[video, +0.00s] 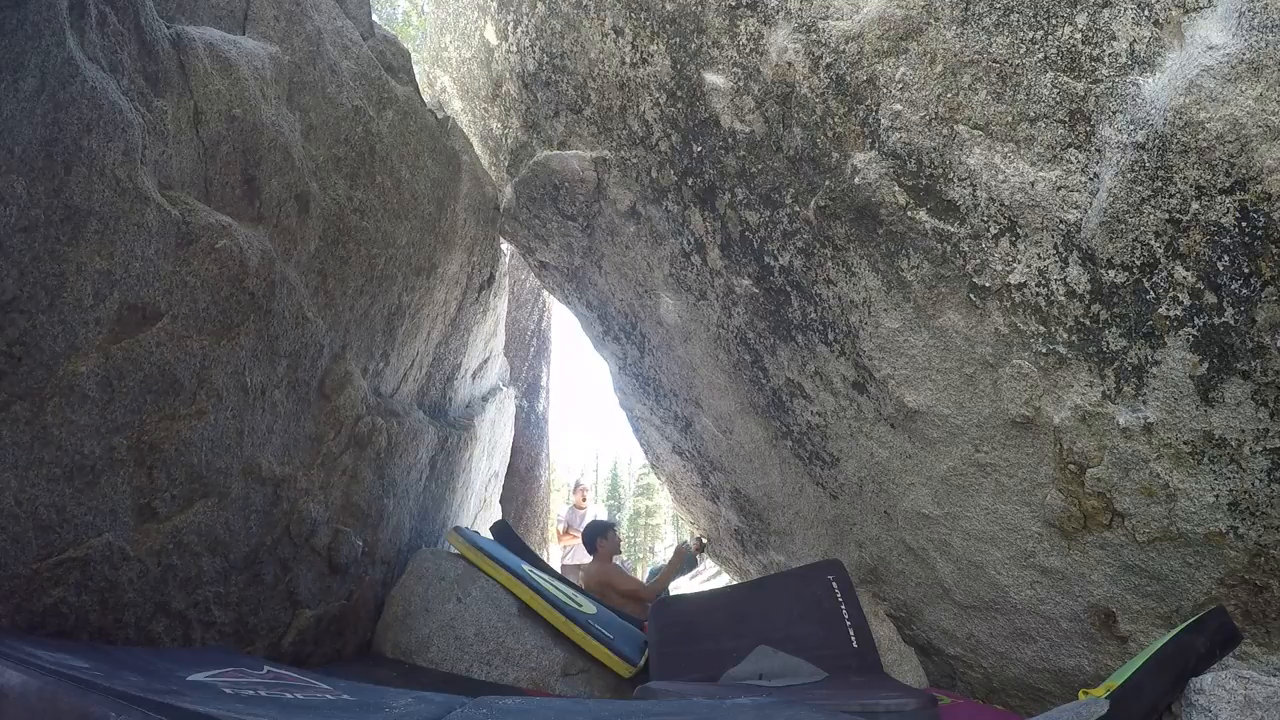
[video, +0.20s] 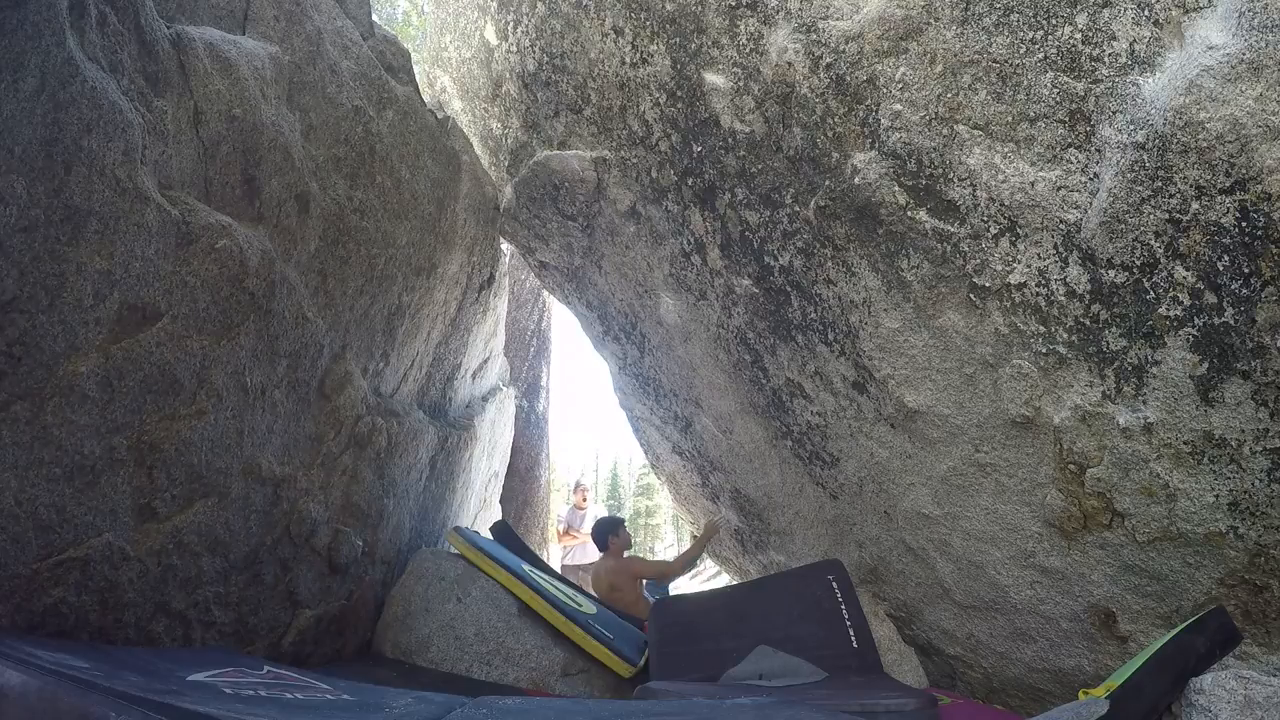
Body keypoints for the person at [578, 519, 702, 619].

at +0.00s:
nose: (620, 540)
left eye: (617, 535)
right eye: (615, 536)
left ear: (600, 544)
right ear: (601, 543)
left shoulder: (588, 570)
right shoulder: (608, 571)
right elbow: (650, 594)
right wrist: (676, 560)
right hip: (649, 623)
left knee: (655, 571)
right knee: (659, 571)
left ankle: (689, 559)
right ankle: (692, 557)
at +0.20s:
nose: (629, 535)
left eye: (626, 530)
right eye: (625, 531)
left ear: (611, 541)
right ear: (612, 540)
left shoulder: (597, 568)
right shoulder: (628, 565)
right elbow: (675, 569)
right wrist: (705, 537)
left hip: (628, 627)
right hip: (652, 626)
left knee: (655, 579)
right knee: (658, 581)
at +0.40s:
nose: (638, 529)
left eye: (636, 526)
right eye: (636, 527)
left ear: (610, 538)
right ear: (633, 533)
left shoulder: (609, 564)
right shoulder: (646, 559)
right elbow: (693, 566)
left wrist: (686, 557)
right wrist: (715, 530)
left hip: (627, 623)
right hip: (651, 625)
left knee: (662, 574)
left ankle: (689, 553)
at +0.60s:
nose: (650, 525)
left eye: (647, 522)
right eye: (647, 523)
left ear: (622, 534)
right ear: (645, 529)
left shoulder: (621, 557)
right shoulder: (656, 557)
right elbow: (702, 569)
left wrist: (691, 555)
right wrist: (720, 532)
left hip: (630, 620)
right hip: (652, 624)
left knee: (668, 575)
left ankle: (692, 552)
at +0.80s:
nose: (656, 523)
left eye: (655, 521)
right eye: (654, 521)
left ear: (631, 533)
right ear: (652, 528)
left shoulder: (628, 554)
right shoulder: (663, 555)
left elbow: (654, 533)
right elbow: (706, 572)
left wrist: (661, 510)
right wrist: (721, 533)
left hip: (634, 620)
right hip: (655, 623)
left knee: (670, 573)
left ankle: (693, 551)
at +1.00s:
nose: (662, 525)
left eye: (661, 522)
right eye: (660, 523)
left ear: (636, 532)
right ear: (658, 529)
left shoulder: (631, 553)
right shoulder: (665, 555)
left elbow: (660, 532)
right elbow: (708, 572)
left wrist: (669, 507)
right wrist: (721, 533)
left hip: (636, 622)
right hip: (656, 624)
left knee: (671, 574)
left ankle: (693, 551)